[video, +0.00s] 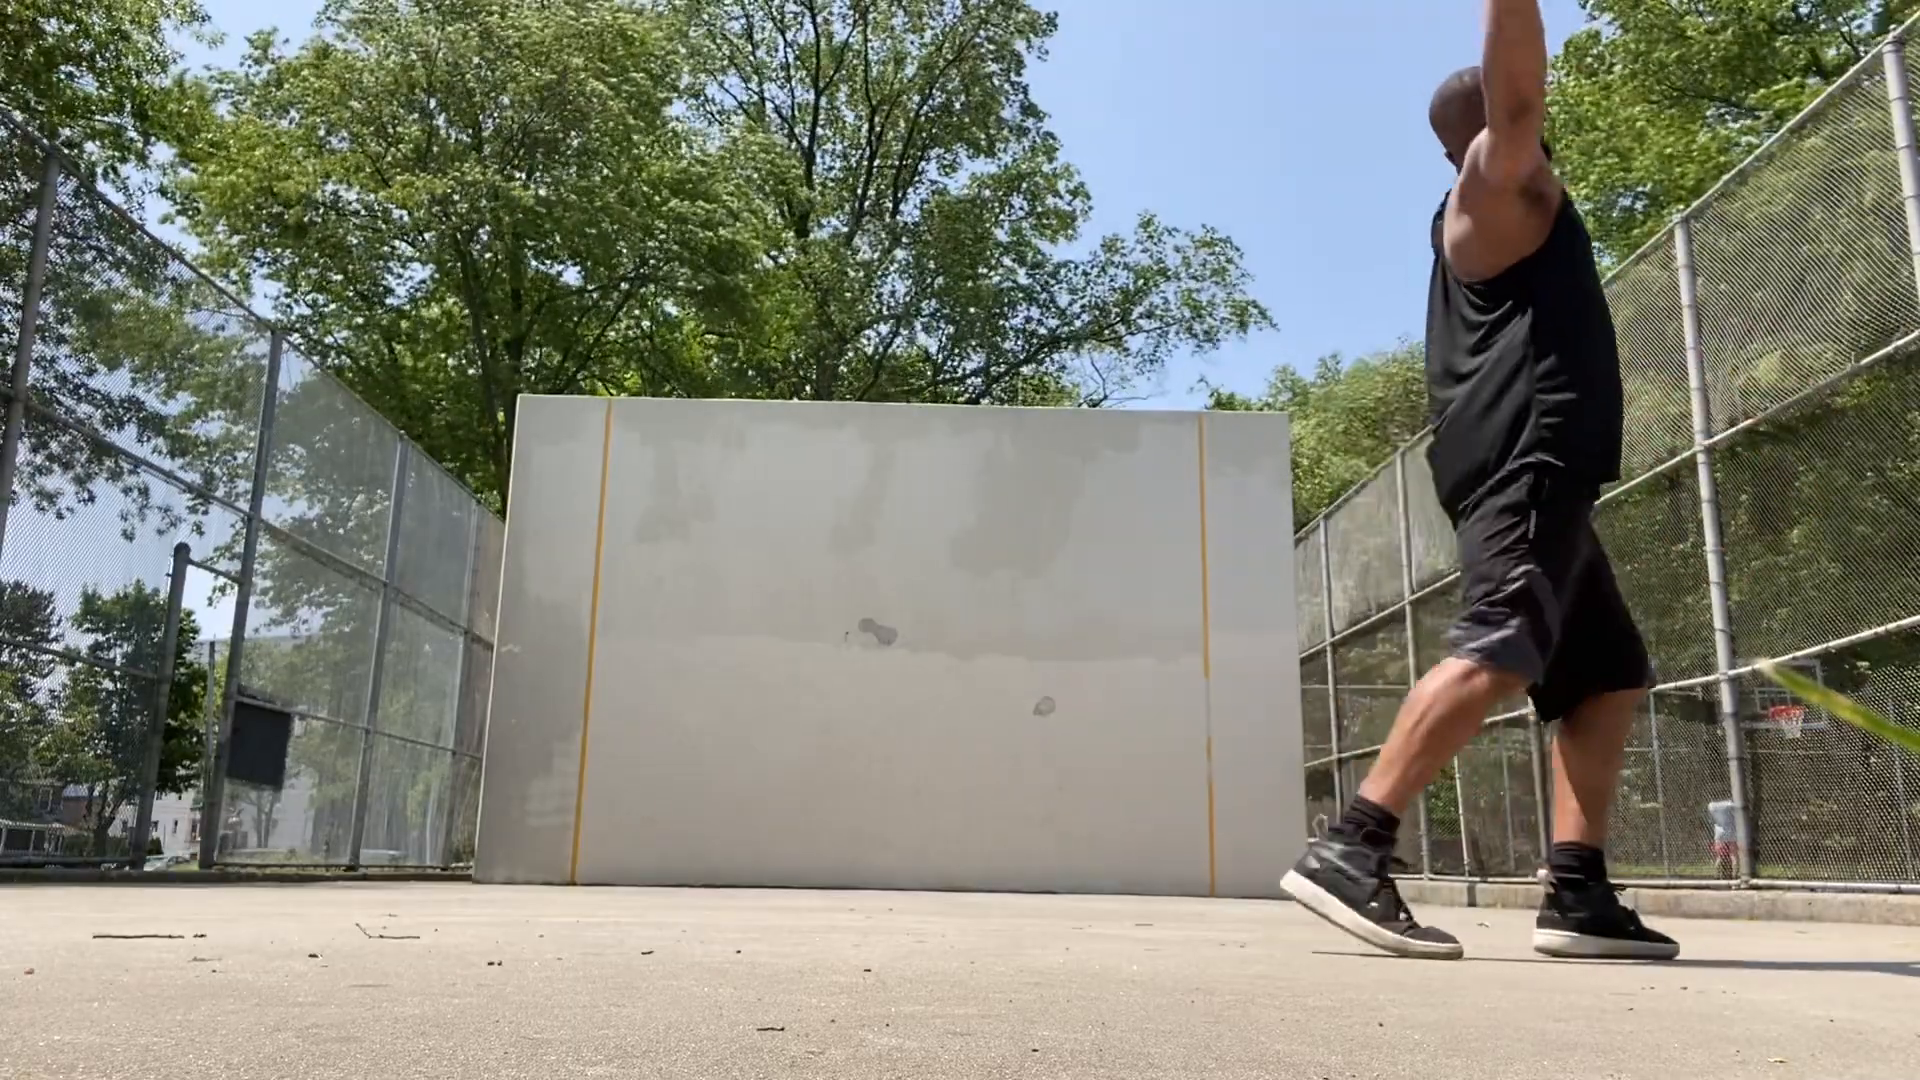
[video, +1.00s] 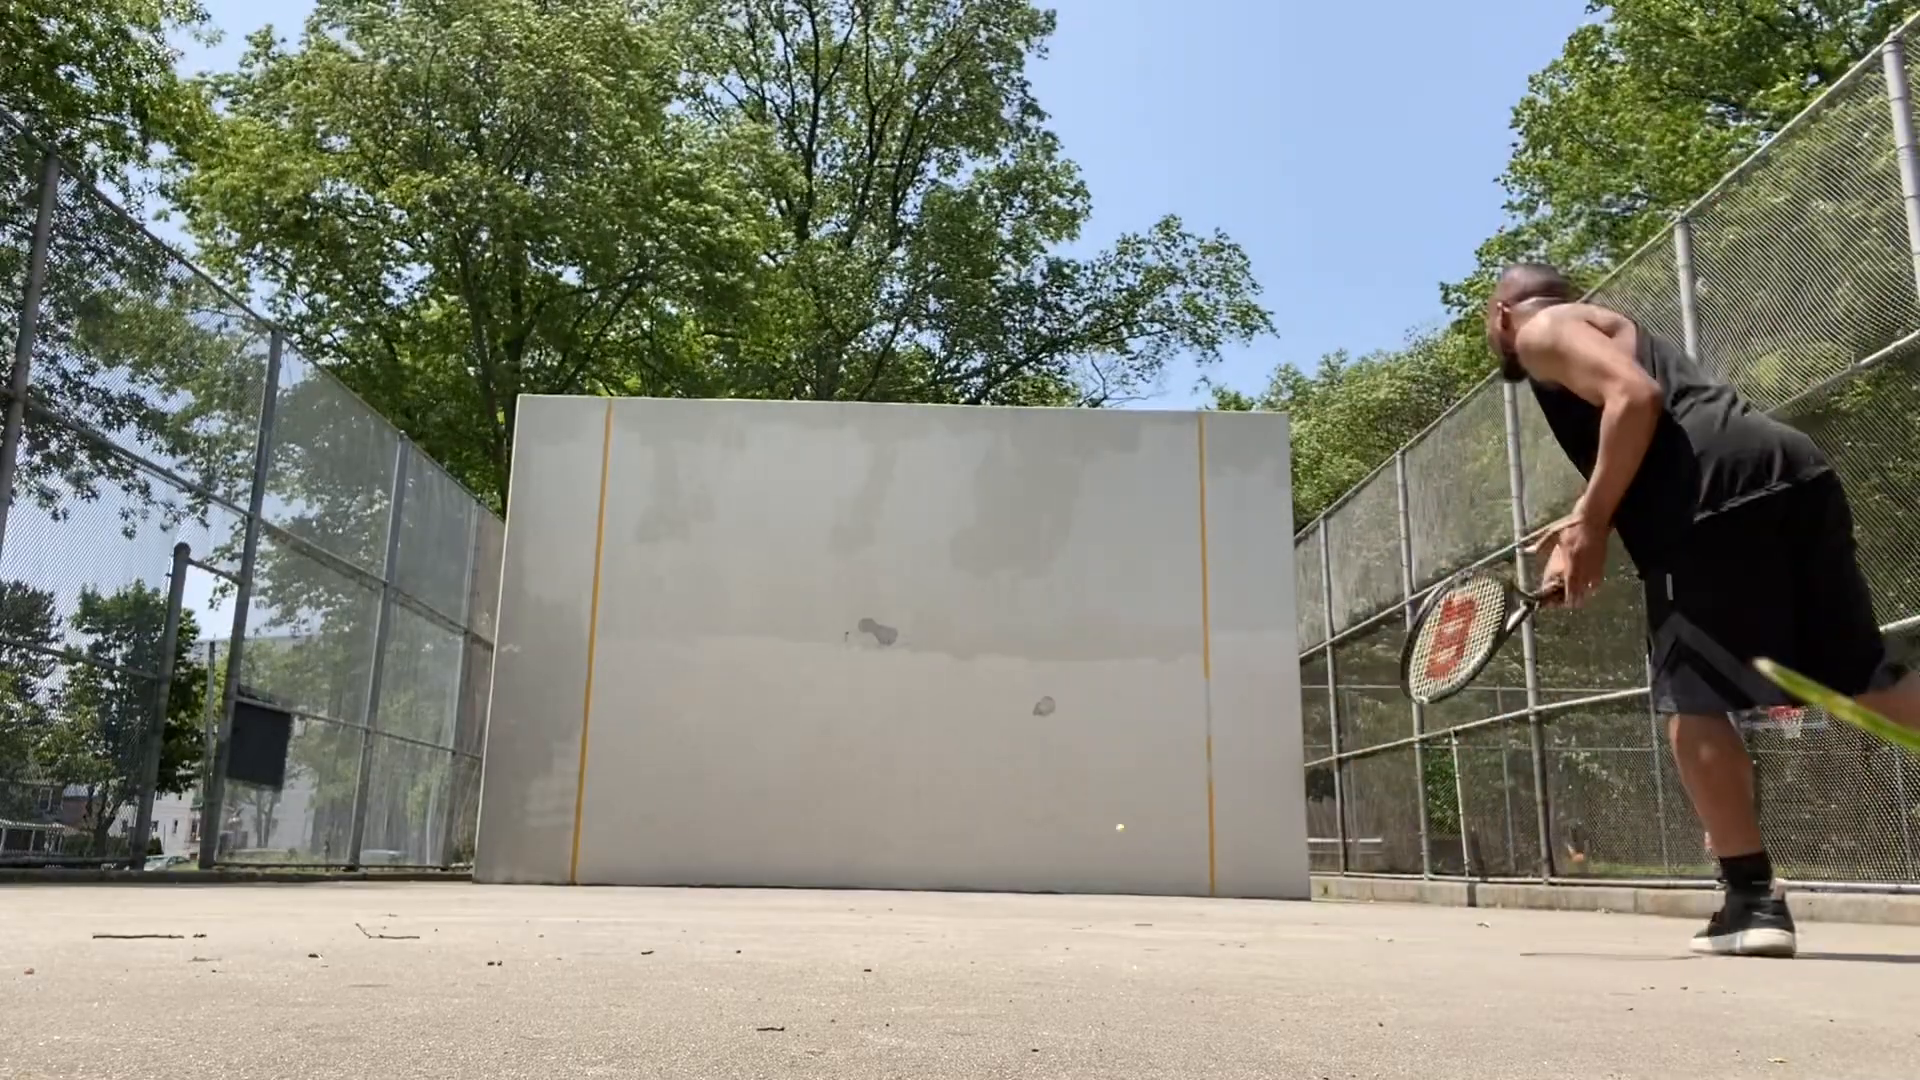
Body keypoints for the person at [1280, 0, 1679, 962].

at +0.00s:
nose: (1535, 118)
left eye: (1529, 108)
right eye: (1520, 109)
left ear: (1454, 140)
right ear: (1496, 123)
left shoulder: (1476, 215)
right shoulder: (1501, 181)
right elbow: (1517, 87)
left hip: (1515, 467)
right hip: (1520, 460)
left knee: (1606, 672)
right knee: (1498, 650)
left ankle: (1577, 893)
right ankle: (1352, 848)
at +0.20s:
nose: (1587, 115)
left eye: (1579, 101)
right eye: (1572, 105)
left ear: (1503, 153)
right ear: (1558, 135)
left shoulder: (1513, 227)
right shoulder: (1561, 198)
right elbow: (1588, 179)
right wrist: (1589, 39)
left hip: (1531, 472)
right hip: (1615, 455)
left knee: (1593, 684)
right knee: (1719, 657)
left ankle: (1582, 901)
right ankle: (1583, 798)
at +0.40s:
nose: (1654, 165)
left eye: (1641, 157)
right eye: (1638, 158)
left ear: (1563, 200)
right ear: (1630, 172)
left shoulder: (1560, 282)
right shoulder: (1633, 238)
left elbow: (1511, 374)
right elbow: (1703, 230)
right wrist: (1645, 116)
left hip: (1610, 520)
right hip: (1714, 498)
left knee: (1651, 708)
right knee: (1820, 692)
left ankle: (1585, 855)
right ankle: (1858, 899)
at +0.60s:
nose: (1507, 246)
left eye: (1505, 235)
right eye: (1510, 231)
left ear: (1515, 233)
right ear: (1579, 201)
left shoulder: (1532, 299)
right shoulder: (1657, 215)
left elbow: (1550, 380)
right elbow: (1736, 158)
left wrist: (1523, 504)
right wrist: (1700, 70)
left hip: (1667, 454)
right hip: (1771, 408)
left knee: (1674, 655)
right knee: (1832, 629)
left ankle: (1703, 849)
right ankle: (1890, 861)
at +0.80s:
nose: (1504, 255)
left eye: (1507, 242)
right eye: (1507, 242)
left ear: (1528, 243)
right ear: (1585, 241)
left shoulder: (1563, 298)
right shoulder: (1630, 288)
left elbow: (1664, 370)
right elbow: (1566, 402)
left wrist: (1630, 502)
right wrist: (1510, 464)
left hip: (1701, 480)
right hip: (1780, 447)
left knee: (1688, 696)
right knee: (1863, 621)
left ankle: (1746, 904)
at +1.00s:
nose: (1487, 329)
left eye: (1489, 314)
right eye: (1487, 316)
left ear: (1507, 310)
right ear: (1557, 296)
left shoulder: (1541, 327)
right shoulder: (1613, 324)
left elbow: (1633, 393)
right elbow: (1651, 458)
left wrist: (1591, 523)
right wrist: (1583, 536)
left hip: (1716, 498)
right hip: (1795, 467)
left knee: (1694, 708)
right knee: (1864, 681)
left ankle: (1752, 905)